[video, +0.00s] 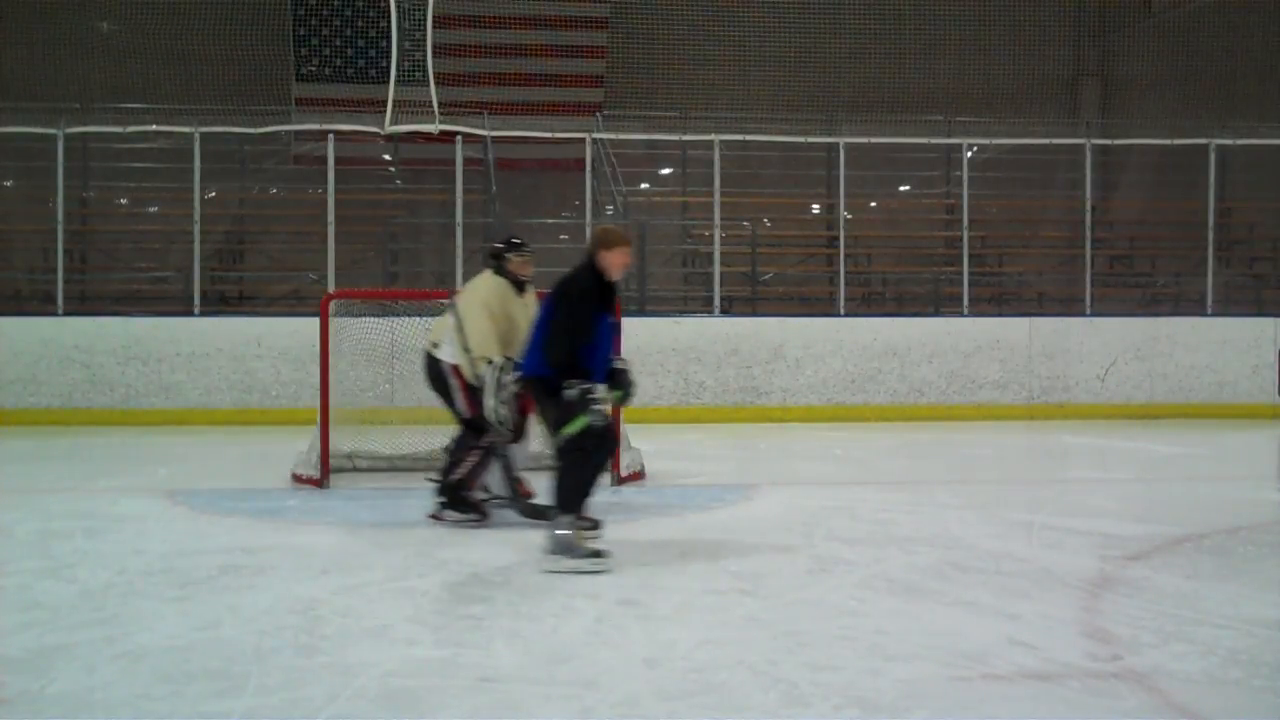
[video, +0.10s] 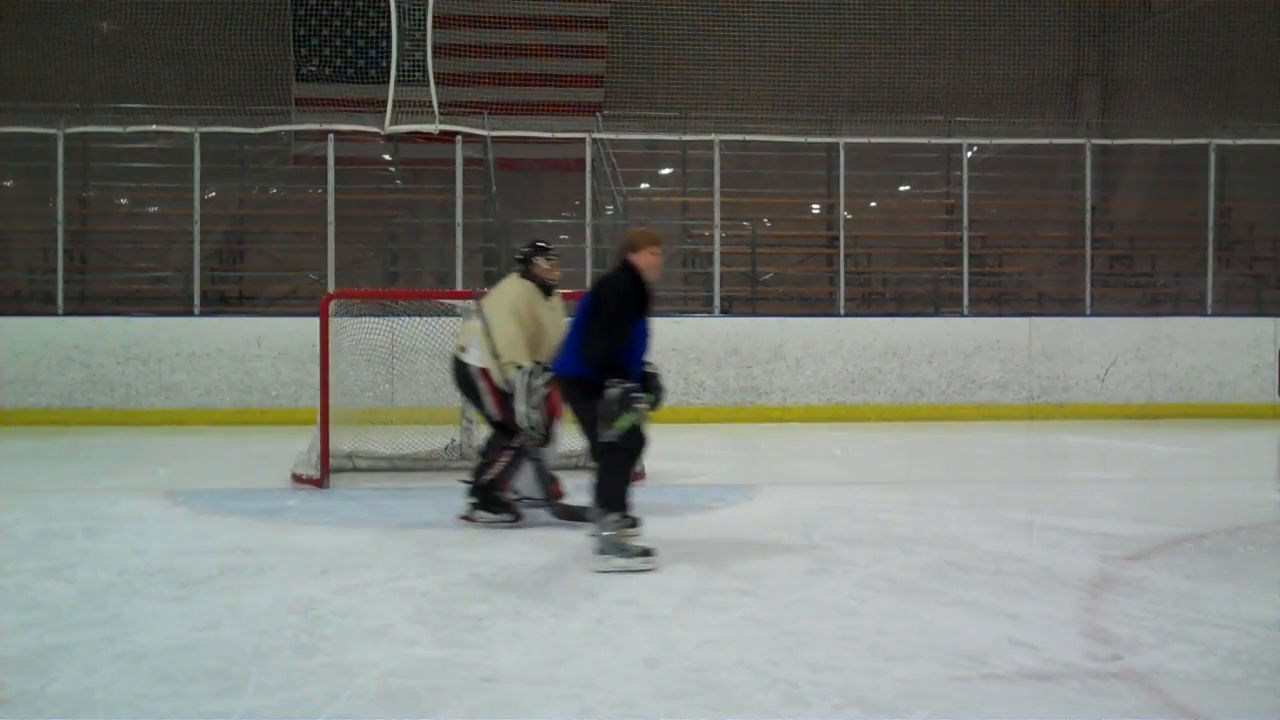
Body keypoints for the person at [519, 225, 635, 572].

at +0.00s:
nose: (625, 263)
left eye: (628, 256)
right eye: (620, 255)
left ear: (620, 258)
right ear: (601, 254)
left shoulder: (604, 289)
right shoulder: (579, 286)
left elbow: (602, 340)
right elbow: (563, 342)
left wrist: (614, 370)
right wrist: (577, 386)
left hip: (575, 379)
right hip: (548, 377)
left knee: (600, 439)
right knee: (579, 441)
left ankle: (570, 511)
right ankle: (564, 525)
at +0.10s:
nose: (657, 261)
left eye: (658, 254)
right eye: (651, 254)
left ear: (650, 258)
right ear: (631, 255)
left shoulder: (634, 289)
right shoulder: (617, 287)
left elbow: (626, 346)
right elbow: (603, 342)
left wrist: (643, 375)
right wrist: (617, 383)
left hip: (599, 375)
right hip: (581, 374)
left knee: (621, 440)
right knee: (620, 441)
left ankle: (609, 509)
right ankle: (611, 519)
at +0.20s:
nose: (690, 263)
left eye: (690, 256)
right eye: (683, 256)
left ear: (679, 260)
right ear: (665, 259)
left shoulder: (665, 289)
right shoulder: (654, 289)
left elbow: (656, 348)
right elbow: (639, 346)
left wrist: (673, 379)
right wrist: (657, 385)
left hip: (628, 375)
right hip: (611, 375)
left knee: (655, 443)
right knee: (647, 446)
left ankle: (642, 508)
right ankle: (648, 525)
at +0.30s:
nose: (725, 271)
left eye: (726, 264)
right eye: (718, 263)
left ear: (713, 267)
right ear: (699, 264)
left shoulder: (699, 296)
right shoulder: (686, 294)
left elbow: (694, 355)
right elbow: (674, 353)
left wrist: (702, 388)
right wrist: (686, 396)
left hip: (656, 377)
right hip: (637, 376)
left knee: (688, 443)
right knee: (679, 445)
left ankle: (684, 510)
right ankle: (681, 518)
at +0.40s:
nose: (757, 277)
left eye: (757, 270)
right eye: (751, 270)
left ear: (741, 273)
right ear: (732, 272)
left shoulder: (733, 304)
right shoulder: (714, 302)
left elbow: (723, 362)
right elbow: (702, 363)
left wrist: (727, 403)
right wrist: (720, 411)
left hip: (686, 377)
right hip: (661, 377)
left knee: (720, 440)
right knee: (708, 445)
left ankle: (715, 511)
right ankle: (708, 520)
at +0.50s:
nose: (782, 284)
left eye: (784, 278)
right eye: (775, 278)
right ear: (756, 278)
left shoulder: (758, 309)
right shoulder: (738, 308)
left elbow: (749, 366)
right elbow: (731, 371)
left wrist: (756, 410)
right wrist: (753, 420)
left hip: (711, 379)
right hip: (685, 379)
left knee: (749, 439)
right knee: (734, 444)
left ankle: (743, 508)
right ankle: (726, 520)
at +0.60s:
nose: (804, 285)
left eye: (805, 278)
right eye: (796, 279)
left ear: (805, 281)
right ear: (777, 280)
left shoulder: (781, 310)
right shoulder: (759, 310)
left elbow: (774, 364)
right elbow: (755, 379)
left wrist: (779, 380)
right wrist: (782, 425)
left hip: (737, 380)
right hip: (708, 381)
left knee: (776, 440)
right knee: (756, 448)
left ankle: (774, 508)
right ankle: (736, 524)